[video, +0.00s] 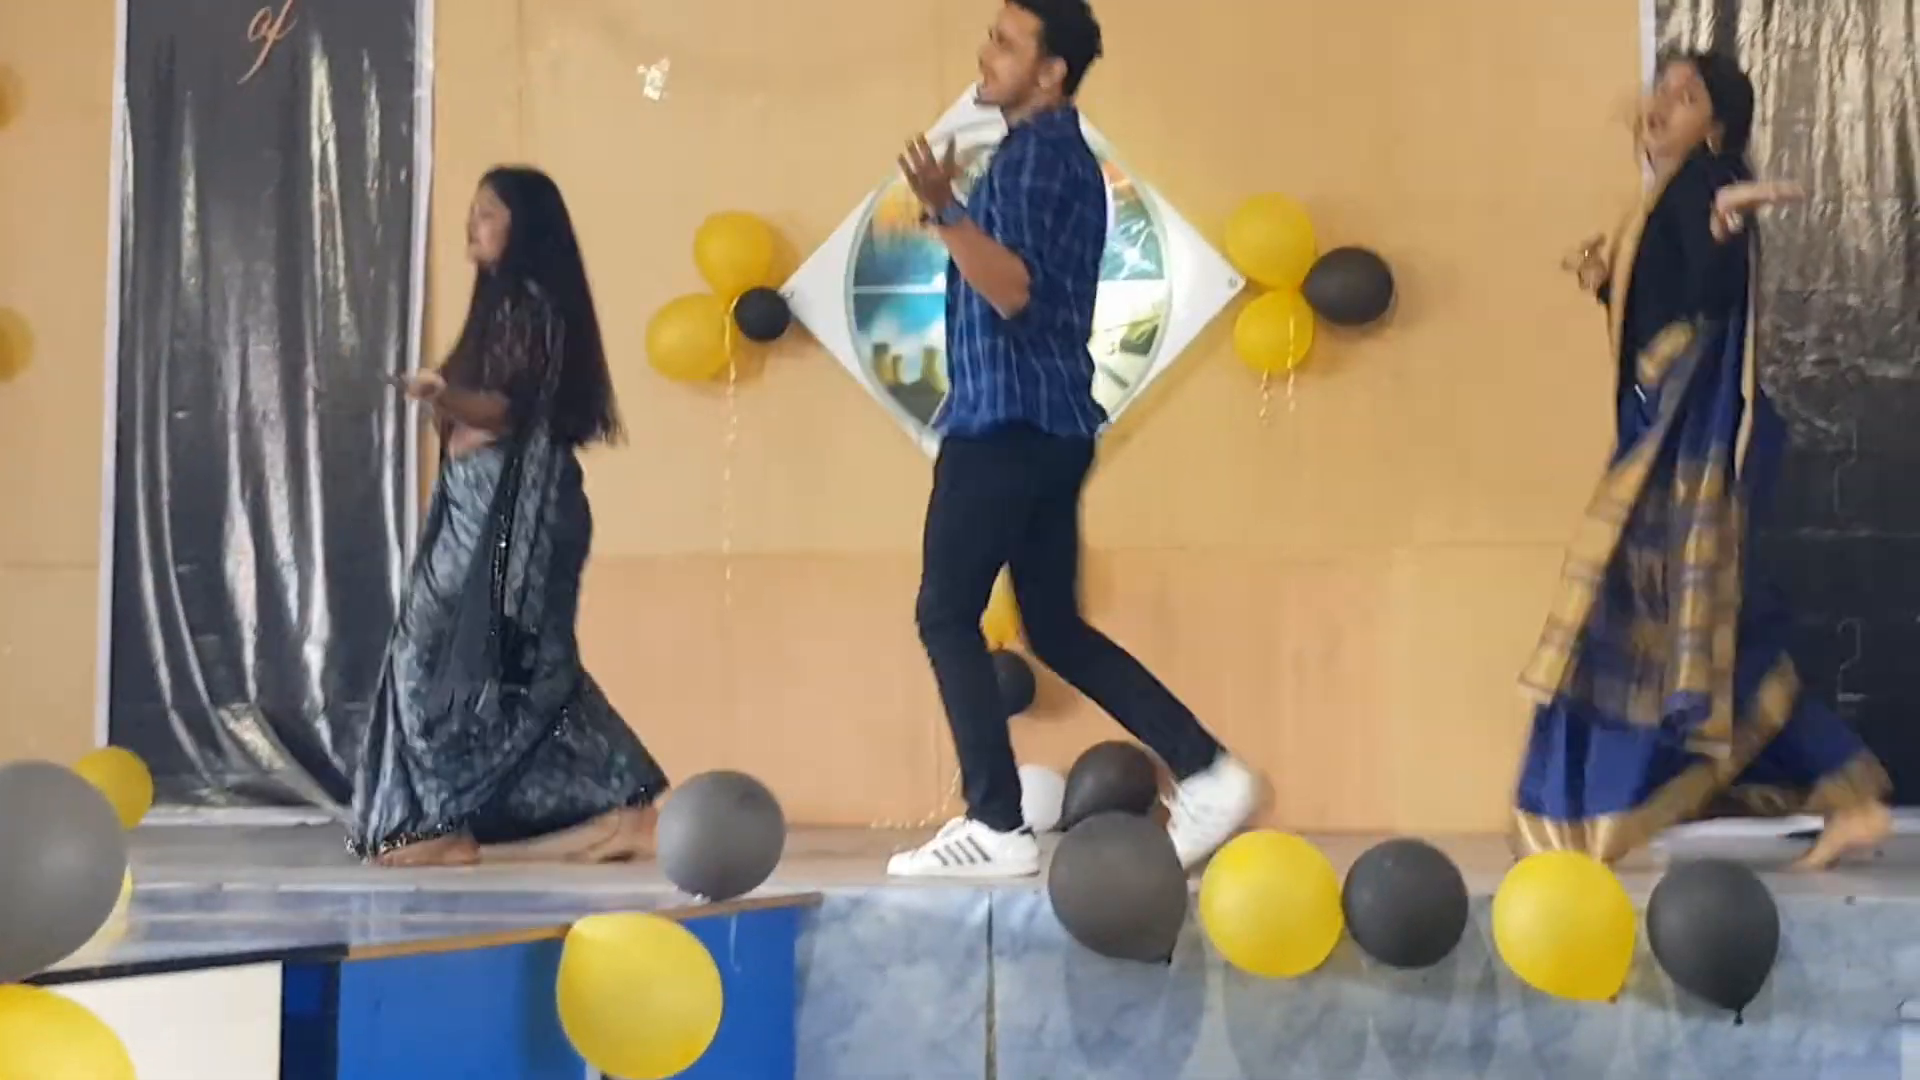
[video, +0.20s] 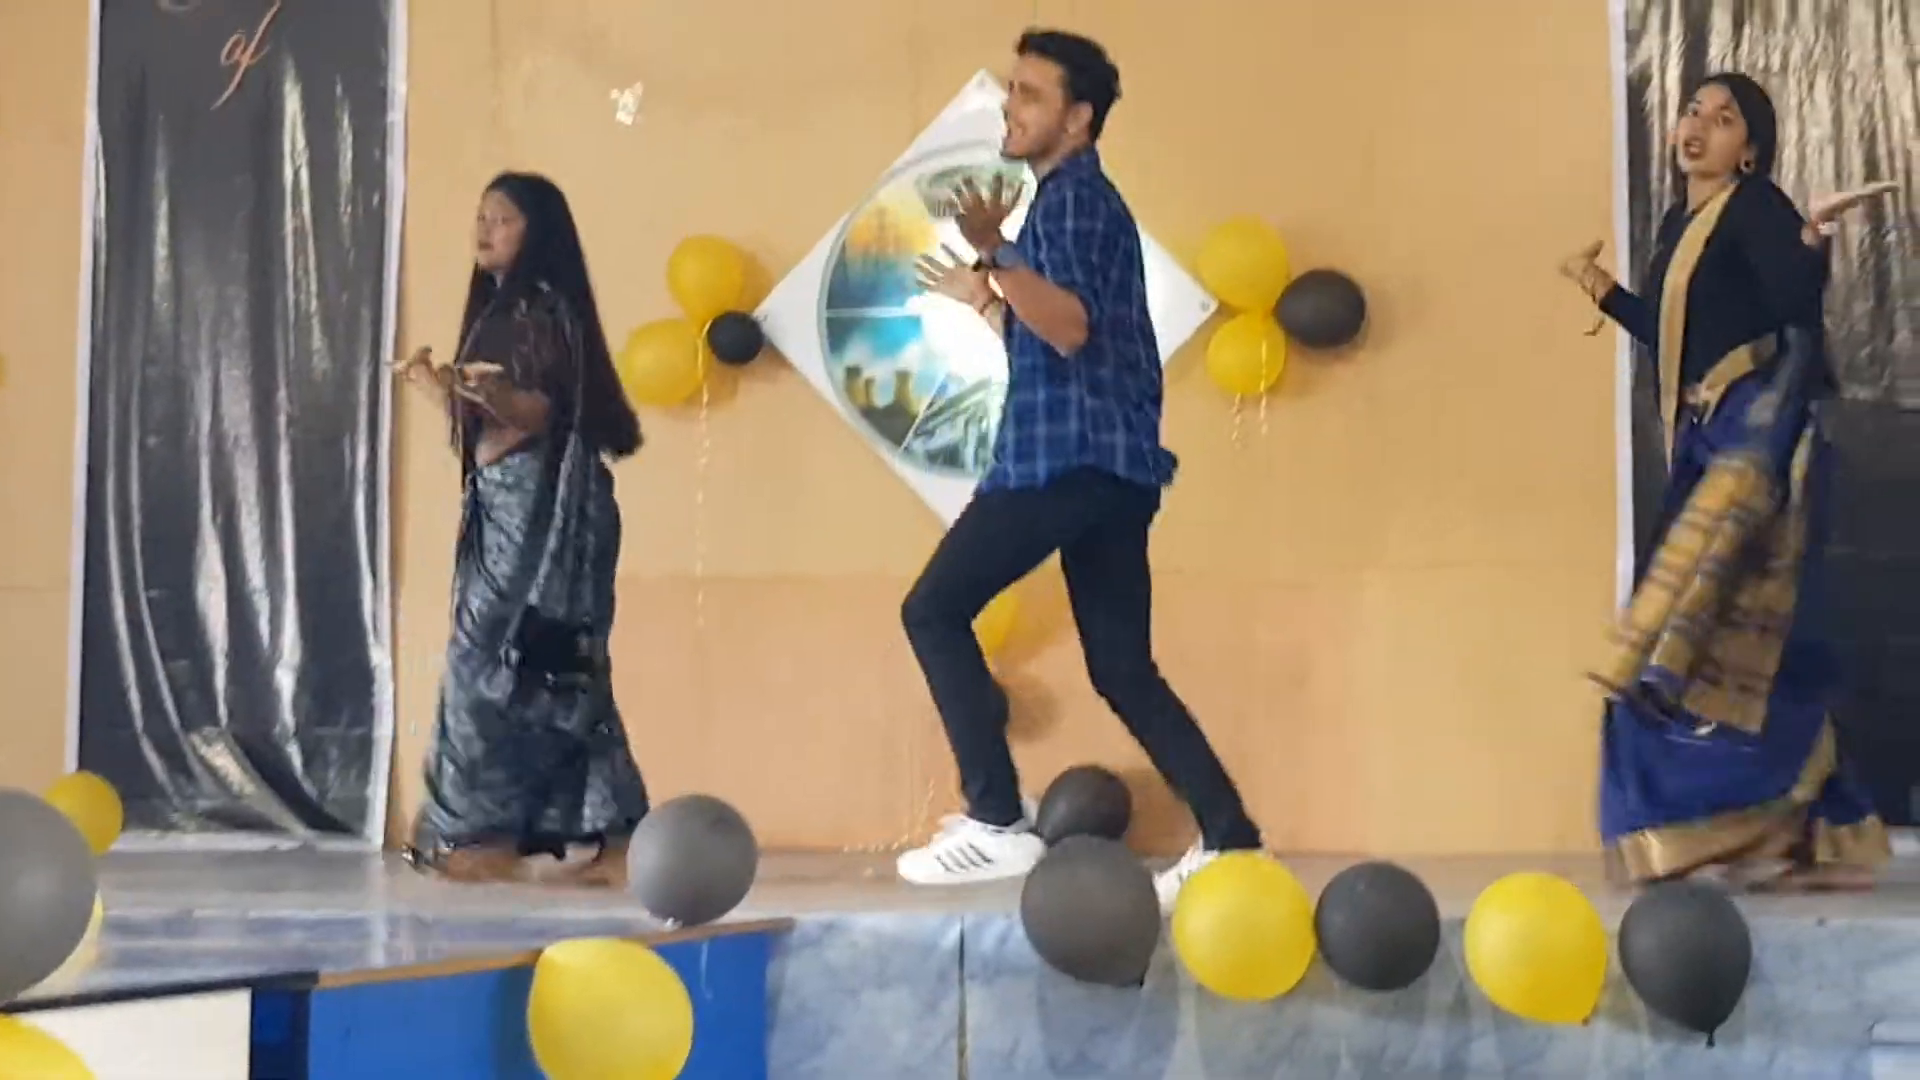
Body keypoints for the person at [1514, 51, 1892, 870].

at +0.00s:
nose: (1657, 103)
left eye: (1679, 95)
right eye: (1659, 88)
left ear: (1714, 123)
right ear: (1653, 106)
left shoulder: (1704, 185)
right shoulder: (1661, 194)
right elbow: (1657, 300)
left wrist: (1734, 208)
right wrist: (1606, 275)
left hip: (1694, 431)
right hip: (1663, 427)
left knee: (1619, 608)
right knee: (1725, 621)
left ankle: (1594, 813)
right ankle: (1847, 793)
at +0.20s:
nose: (1694, 128)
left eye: (1717, 120)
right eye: (1691, 114)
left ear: (1750, 144)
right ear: (1676, 129)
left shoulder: (1759, 208)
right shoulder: (1678, 220)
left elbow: (1801, 317)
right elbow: (1667, 335)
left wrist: (1814, 241)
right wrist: (1605, 291)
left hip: (1750, 449)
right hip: (1699, 451)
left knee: (1672, 623)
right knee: (1741, 638)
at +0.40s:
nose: (1694, 129)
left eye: (1715, 119)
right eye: (1684, 116)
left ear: (1745, 143)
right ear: (1667, 136)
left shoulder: (1768, 208)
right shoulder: (1660, 235)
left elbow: (1806, 327)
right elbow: (1656, 345)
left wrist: (1834, 267)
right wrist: (1567, 327)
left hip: (1755, 462)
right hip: (1681, 469)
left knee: (1772, 643)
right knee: (1696, 654)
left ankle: (1846, 849)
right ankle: (1779, 856)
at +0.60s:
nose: (1652, 211)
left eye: (1671, 200)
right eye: (1639, 199)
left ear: (1699, 221)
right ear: (1620, 220)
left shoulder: (1739, 302)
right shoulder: (1600, 323)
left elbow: (1768, 436)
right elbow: (1588, 434)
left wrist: (1791, 404)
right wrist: (1492, 424)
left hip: (1727, 549)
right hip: (1634, 557)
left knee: (1732, 725)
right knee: (1638, 732)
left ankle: (1772, 928)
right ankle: (1672, 933)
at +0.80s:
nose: (1590, 204)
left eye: (1606, 191)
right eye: (1573, 195)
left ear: (1633, 210)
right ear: (1554, 219)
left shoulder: (1685, 293)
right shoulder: (1526, 307)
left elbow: (1719, 422)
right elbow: (1501, 405)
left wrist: (1739, 416)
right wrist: (1466, 434)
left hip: (1658, 540)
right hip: (1562, 546)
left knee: (1662, 723)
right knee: (1577, 727)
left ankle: (1662, 939)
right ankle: (1624, 936)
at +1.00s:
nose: (1513, 248)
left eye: (1527, 234)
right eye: (1497, 236)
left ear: (1549, 250)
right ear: (1473, 256)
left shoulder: (1598, 326)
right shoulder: (1458, 357)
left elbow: (1673, 414)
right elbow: (1418, 489)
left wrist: (1656, 317)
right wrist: (1431, 433)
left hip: (1592, 556)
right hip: (1501, 564)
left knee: (1591, 734)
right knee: (1456, 723)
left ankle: (1617, 933)